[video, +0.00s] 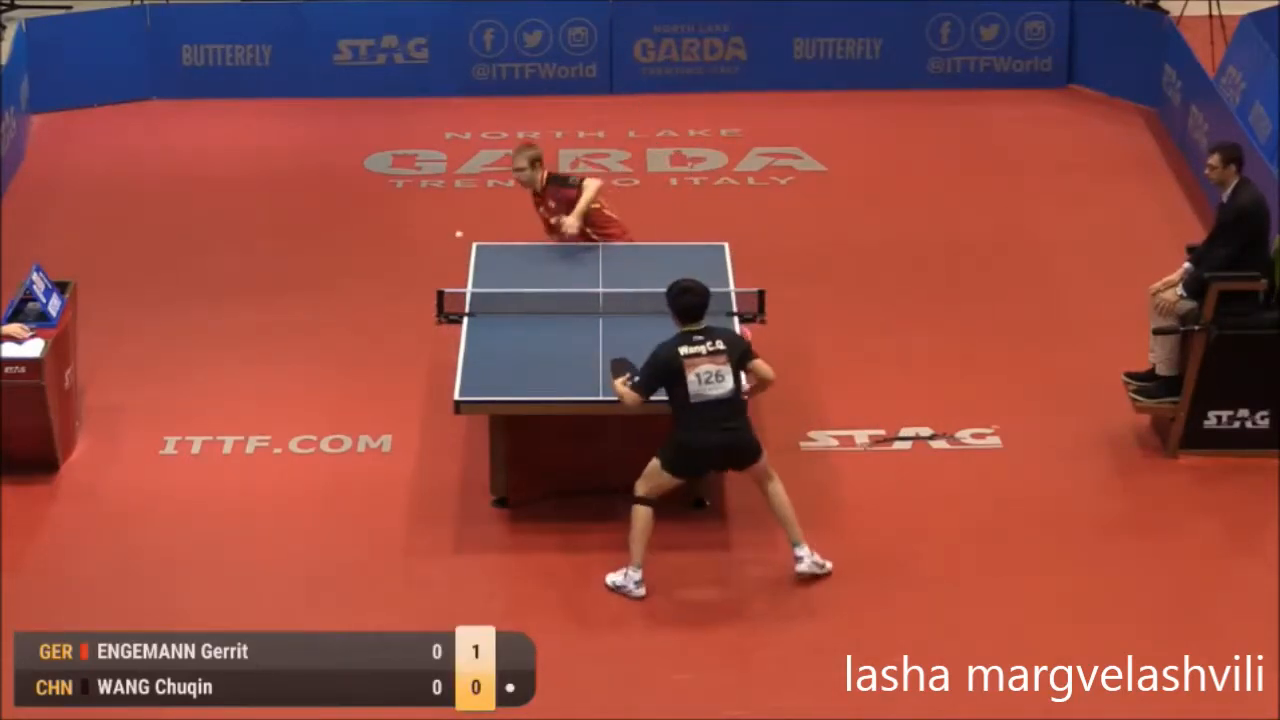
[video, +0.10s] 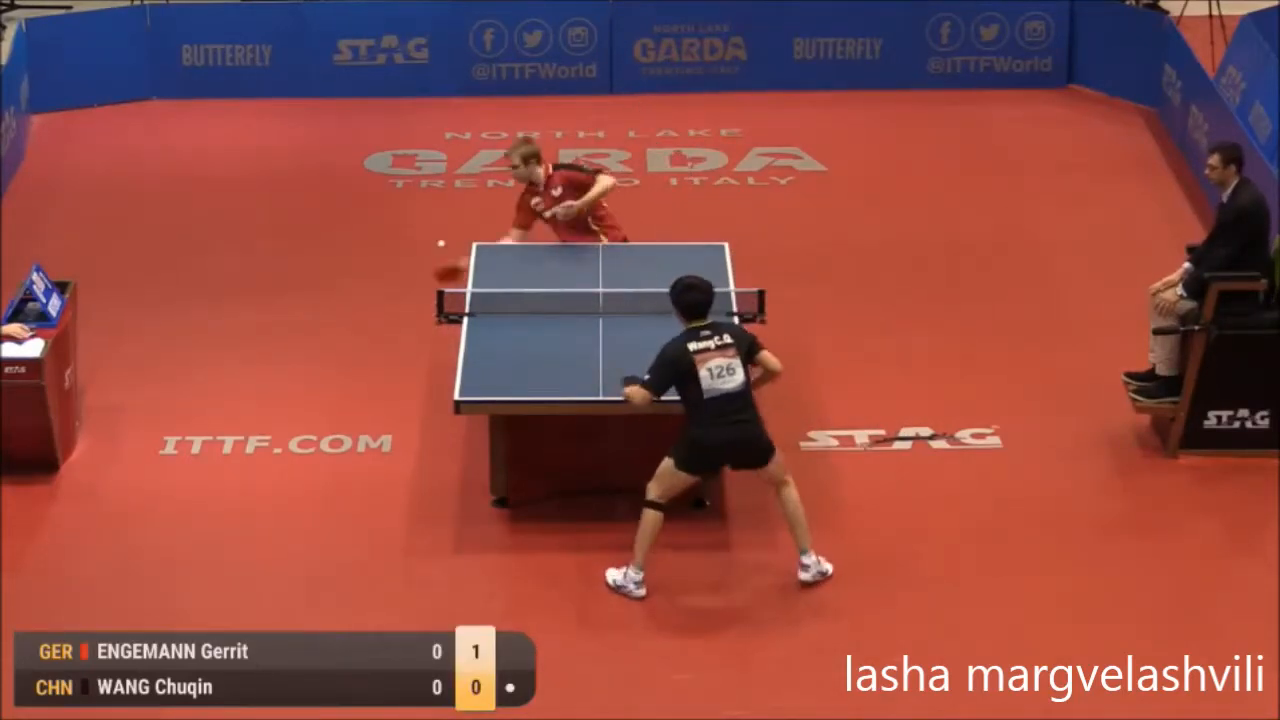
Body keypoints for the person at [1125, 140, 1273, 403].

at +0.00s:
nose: (1206, 173)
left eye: (1212, 168)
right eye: (1207, 167)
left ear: (1231, 168)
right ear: (1227, 169)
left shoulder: (1244, 203)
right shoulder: (1234, 197)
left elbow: (1221, 256)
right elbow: (1211, 246)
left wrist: (1183, 289)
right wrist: (1179, 274)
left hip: (1239, 292)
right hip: (1225, 282)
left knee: (1165, 306)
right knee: (1158, 297)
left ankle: (1169, 379)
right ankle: (1159, 369)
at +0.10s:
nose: (1206, 173)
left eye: (1212, 168)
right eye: (1207, 167)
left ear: (1231, 168)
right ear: (1227, 169)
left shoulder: (1244, 203)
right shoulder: (1234, 197)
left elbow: (1221, 256)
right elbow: (1211, 246)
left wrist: (1183, 289)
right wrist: (1179, 274)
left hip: (1239, 292)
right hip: (1225, 282)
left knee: (1165, 306)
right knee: (1158, 297)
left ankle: (1170, 379)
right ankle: (1159, 369)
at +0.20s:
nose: (1206, 173)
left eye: (1212, 168)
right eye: (1207, 167)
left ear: (1231, 168)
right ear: (1227, 169)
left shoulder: (1244, 203)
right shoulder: (1233, 197)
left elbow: (1221, 257)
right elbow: (1211, 246)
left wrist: (1183, 290)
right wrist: (1180, 274)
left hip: (1239, 292)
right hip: (1225, 282)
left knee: (1165, 306)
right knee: (1158, 297)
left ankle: (1170, 379)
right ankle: (1159, 369)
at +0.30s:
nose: (1208, 174)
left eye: (1213, 168)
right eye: (1208, 168)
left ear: (1232, 168)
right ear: (1226, 170)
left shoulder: (1245, 203)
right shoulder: (1233, 198)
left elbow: (1221, 257)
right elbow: (1211, 246)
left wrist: (1183, 290)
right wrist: (1180, 274)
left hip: (1239, 292)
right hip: (1225, 282)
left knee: (1165, 306)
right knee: (1158, 297)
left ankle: (1170, 379)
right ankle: (1159, 369)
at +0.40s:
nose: (1208, 174)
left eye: (1214, 168)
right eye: (1208, 168)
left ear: (1233, 168)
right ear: (1226, 170)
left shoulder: (1245, 204)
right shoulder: (1233, 198)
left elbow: (1222, 257)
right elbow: (1211, 246)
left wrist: (1183, 289)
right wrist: (1179, 274)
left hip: (1238, 292)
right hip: (1224, 282)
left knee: (1166, 306)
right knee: (1158, 297)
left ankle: (1170, 379)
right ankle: (1159, 369)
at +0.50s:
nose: (1208, 174)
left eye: (1214, 168)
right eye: (1208, 168)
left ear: (1234, 169)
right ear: (1228, 170)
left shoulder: (1246, 203)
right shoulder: (1234, 198)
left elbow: (1222, 257)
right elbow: (1211, 245)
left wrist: (1183, 290)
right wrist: (1181, 273)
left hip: (1238, 292)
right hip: (1224, 282)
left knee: (1165, 305)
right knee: (1158, 296)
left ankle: (1170, 379)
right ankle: (1159, 369)